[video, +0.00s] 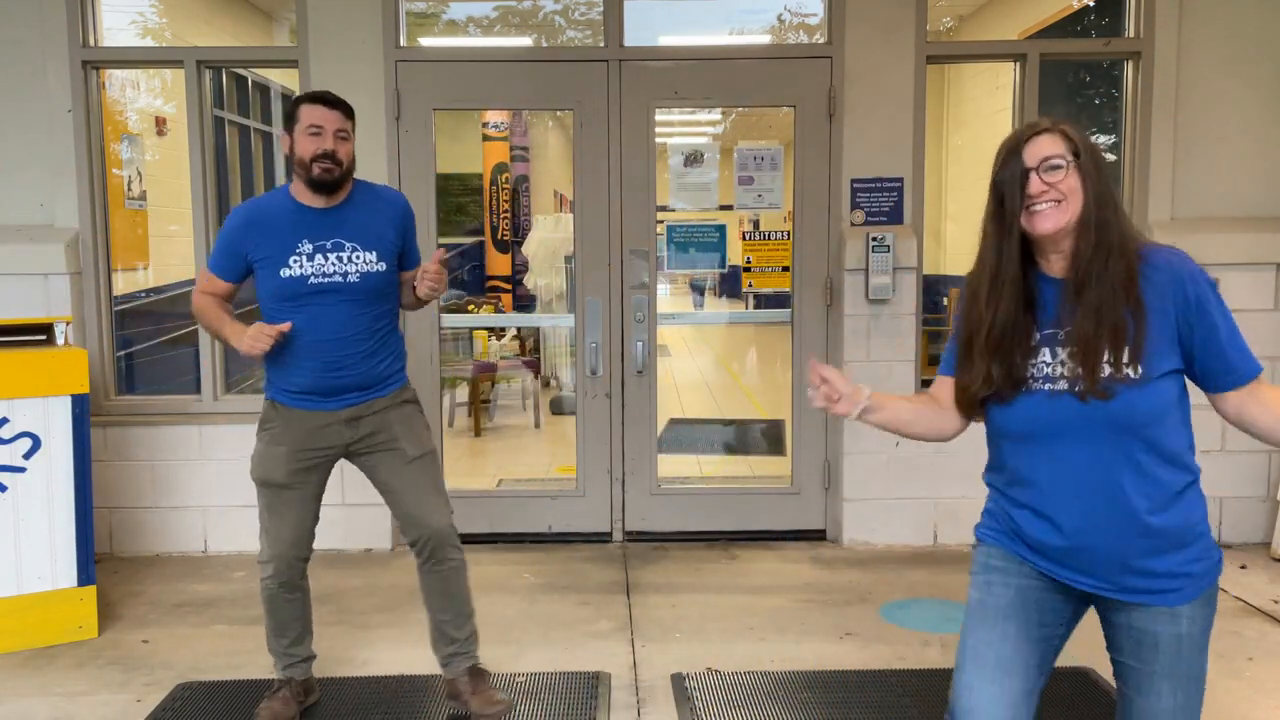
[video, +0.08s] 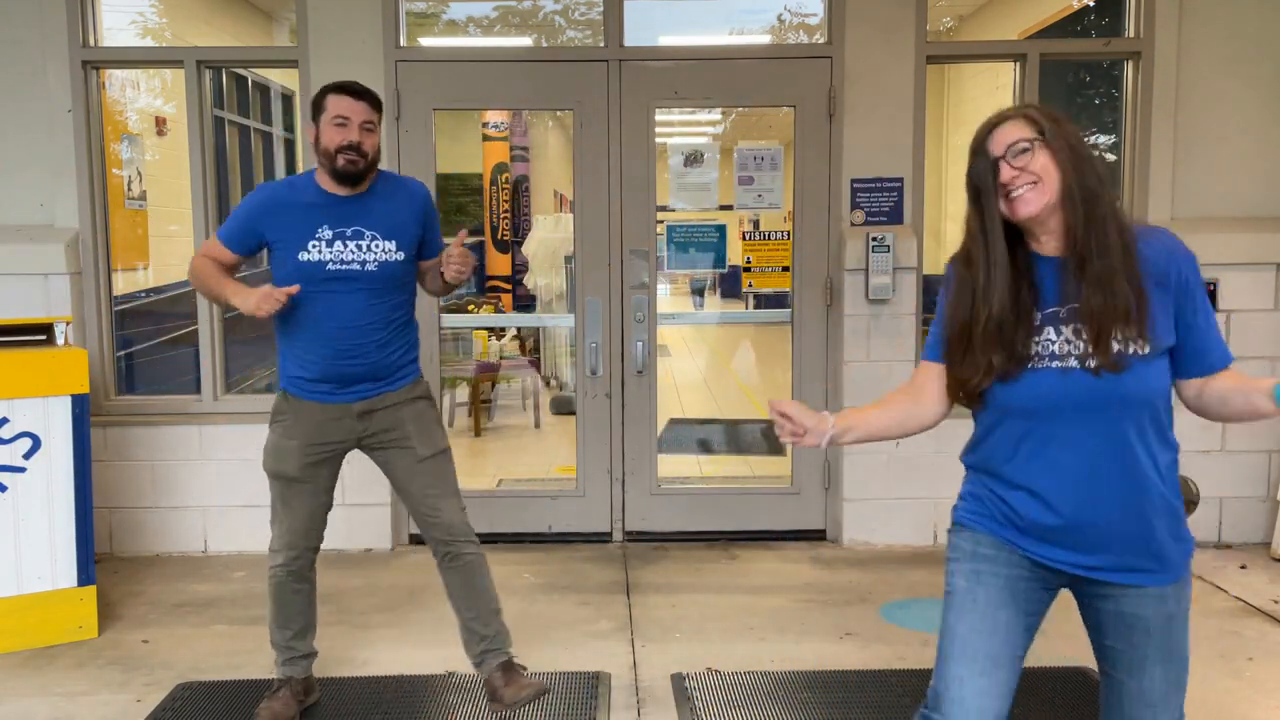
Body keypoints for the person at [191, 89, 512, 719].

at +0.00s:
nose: (328, 146)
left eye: (340, 135)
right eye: (315, 133)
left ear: (355, 147)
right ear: (289, 143)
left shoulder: (392, 209)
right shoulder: (253, 221)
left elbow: (406, 293)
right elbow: (205, 297)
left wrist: (425, 287)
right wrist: (238, 334)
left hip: (386, 409)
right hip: (295, 419)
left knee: (437, 533)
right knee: (282, 559)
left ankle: (463, 669)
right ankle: (292, 678)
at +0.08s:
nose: (354, 137)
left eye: (367, 127)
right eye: (340, 124)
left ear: (381, 138)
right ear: (314, 134)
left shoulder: (413, 199)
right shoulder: (273, 203)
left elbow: (429, 277)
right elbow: (203, 267)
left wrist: (450, 271)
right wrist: (243, 295)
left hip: (399, 401)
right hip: (308, 409)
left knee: (453, 535)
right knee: (290, 553)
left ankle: (497, 665)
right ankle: (293, 676)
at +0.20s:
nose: (397, 151)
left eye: (410, 142)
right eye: (384, 137)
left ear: (423, 153)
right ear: (357, 142)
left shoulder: (449, 209)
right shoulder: (313, 202)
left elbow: (492, 269)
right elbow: (213, 240)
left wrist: (506, 272)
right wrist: (241, 287)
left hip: (421, 414)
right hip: (328, 416)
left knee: (475, 545)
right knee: (298, 558)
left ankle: (523, 674)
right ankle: (292, 679)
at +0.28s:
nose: (432, 164)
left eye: (446, 154)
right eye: (420, 148)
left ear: (457, 163)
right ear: (392, 152)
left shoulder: (484, 224)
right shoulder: (345, 213)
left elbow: (537, 276)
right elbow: (238, 246)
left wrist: (539, 284)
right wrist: (247, 299)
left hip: (445, 422)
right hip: (351, 425)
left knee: (496, 550)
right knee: (310, 561)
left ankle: (537, 692)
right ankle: (293, 680)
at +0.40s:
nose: (485, 165)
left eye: (500, 156)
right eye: (474, 149)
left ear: (512, 165)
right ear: (445, 149)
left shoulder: (531, 226)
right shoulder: (390, 213)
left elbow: (569, 290)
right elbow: (305, 271)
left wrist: (563, 304)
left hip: (490, 417)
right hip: (399, 417)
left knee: (528, 551)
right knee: (348, 550)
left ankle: (540, 691)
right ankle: (306, 674)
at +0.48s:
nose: (521, 167)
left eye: (534, 158)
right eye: (510, 151)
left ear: (544, 167)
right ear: (480, 149)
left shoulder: (561, 234)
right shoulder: (419, 218)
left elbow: (569, 313)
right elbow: (371, 297)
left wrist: (573, 315)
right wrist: (403, 343)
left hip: (521, 417)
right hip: (429, 418)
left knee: (551, 550)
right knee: (389, 552)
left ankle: (543, 690)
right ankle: (367, 662)